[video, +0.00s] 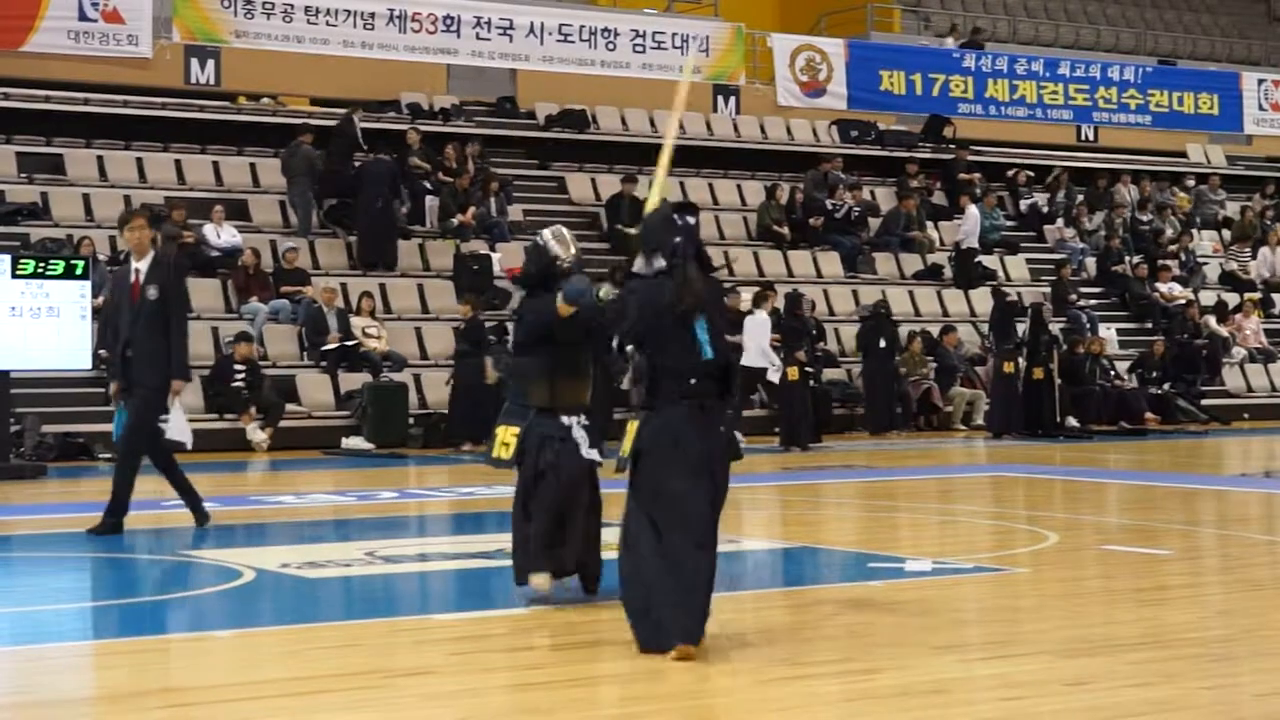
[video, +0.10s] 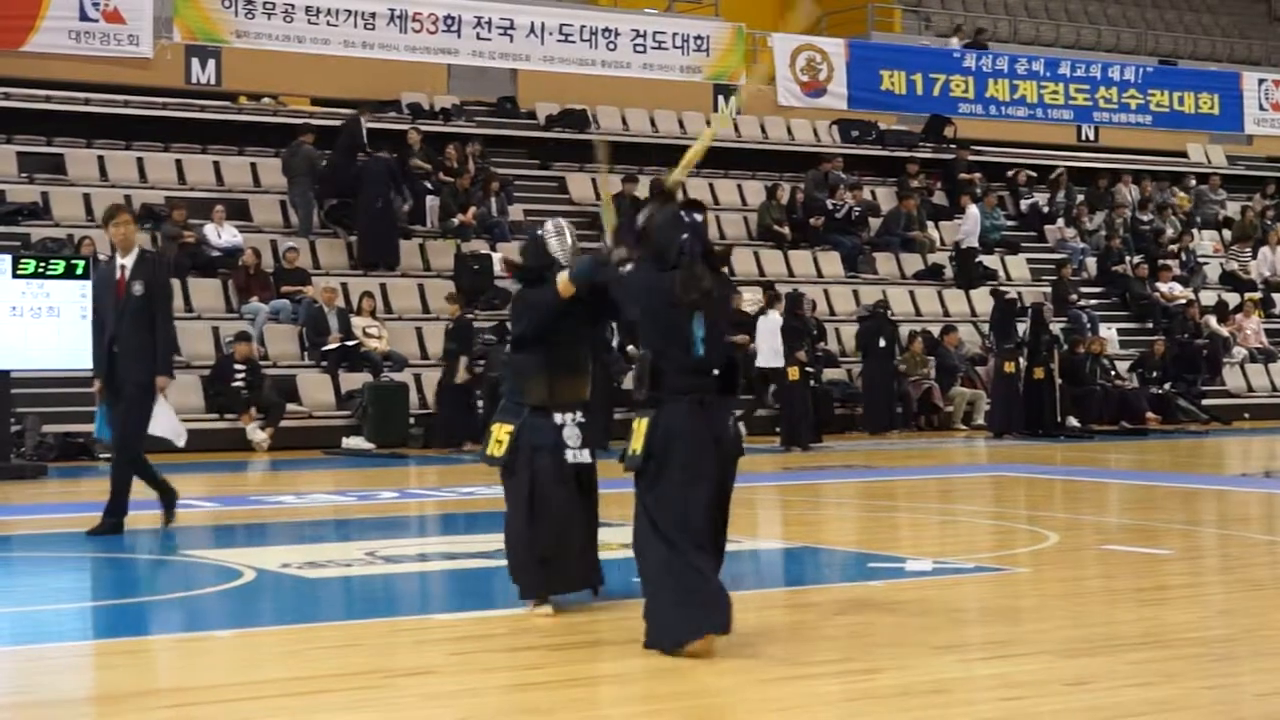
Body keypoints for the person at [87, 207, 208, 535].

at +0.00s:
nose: (136, 235)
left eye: (141, 229)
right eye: (130, 230)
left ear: (153, 233)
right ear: (122, 236)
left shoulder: (168, 268)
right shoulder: (119, 274)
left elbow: (178, 323)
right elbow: (113, 328)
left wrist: (179, 373)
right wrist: (114, 375)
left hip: (157, 370)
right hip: (129, 370)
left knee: (131, 440)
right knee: (153, 444)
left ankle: (114, 517)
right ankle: (195, 504)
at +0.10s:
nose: (122, 230)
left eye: (126, 224)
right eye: (116, 225)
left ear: (136, 228)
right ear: (107, 232)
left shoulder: (154, 264)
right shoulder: (102, 271)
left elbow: (163, 319)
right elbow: (98, 324)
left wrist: (164, 369)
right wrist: (98, 372)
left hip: (143, 365)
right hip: (113, 366)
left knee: (125, 442)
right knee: (122, 442)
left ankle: (114, 517)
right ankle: (165, 492)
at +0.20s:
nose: (109, 227)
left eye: (114, 221)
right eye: (103, 222)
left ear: (124, 225)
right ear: (94, 229)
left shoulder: (142, 263)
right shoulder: (91, 268)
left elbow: (152, 318)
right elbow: (86, 323)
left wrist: (152, 366)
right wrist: (86, 371)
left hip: (130, 364)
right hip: (100, 364)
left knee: (121, 438)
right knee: (95, 438)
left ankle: (115, 515)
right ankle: (128, 495)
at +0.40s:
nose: (88, 224)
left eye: (93, 218)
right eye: (81, 219)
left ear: (102, 223)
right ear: (72, 226)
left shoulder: (122, 263)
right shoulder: (65, 268)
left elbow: (138, 316)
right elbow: (60, 322)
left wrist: (137, 363)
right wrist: (60, 369)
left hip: (114, 366)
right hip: (78, 366)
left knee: (115, 442)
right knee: (63, 439)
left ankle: (114, 516)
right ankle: (54, 512)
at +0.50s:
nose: (79, 221)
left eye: (83, 216)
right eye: (72, 217)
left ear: (93, 221)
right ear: (62, 225)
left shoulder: (113, 262)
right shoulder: (53, 267)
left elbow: (126, 315)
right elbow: (47, 321)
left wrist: (131, 362)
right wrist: (47, 368)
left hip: (105, 365)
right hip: (66, 366)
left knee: (110, 442)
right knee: (51, 441)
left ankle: (112, 515)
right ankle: (35, 511)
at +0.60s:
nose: (72, 220)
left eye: (77, 214)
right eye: (65, 215)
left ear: (86, 219)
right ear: (54, 223)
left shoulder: (104, 261)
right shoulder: (43, 262)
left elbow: (117, 314)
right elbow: (35, 317)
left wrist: (121, 361)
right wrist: (35, 366)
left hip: (97, 364)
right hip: (56, 365)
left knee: (104, 442)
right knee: (46, 441)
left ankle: (107, 513)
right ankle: (32, 506)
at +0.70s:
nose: (65, 219)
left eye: (70, 213)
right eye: (58, 214)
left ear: (78, 219)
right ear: (47, 221)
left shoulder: (96, 260)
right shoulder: (35, 263)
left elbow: (112, 314)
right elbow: (27, 317)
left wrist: (114, 361)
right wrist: (28, 366)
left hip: (89, 363)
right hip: (47, 364)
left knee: (95, 442)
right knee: (41, 442)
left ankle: (97, 515)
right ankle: (33, 510)